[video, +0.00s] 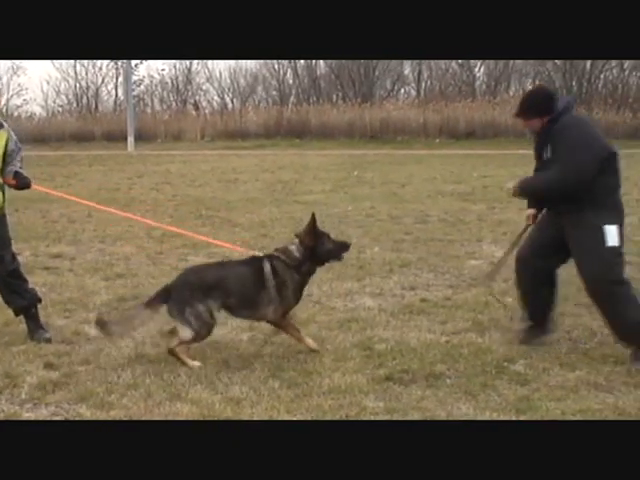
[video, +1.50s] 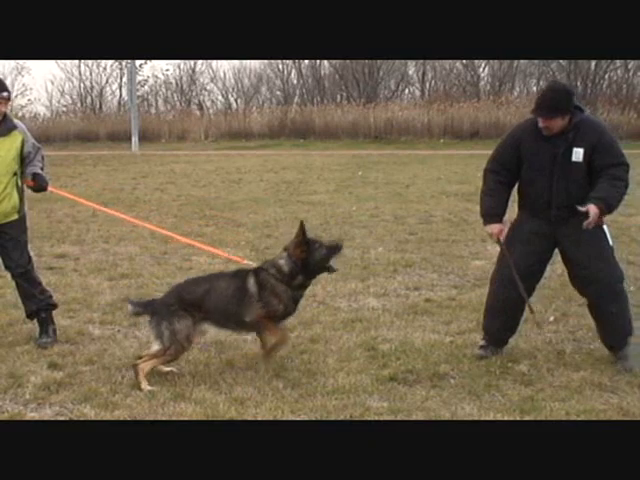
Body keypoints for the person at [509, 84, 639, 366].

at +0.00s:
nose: (526, 126)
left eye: (528, 121)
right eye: (525, 121)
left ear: (543, 117)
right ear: (541, 117)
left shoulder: (575, 132)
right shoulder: (549, 134)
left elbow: (570, 178)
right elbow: (546, 171)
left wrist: (527, 186)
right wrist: (536, 205)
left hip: (594, 217)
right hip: (561, 215)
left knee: (604, 281)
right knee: (530, 260)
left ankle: (636, 340)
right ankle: (538, 324)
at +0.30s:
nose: (505, 139)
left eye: (506, 133)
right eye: (503, 135)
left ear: (521, 124)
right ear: (520, 125)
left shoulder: (557, 139)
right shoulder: (533, 144)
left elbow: (564, 189)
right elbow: (542, 187)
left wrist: (529, 220)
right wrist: (532, 219)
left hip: (587, 221)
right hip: (555, 222)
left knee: (598, 285)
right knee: (529, 271)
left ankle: (634, 349)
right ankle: (523, 332)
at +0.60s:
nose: (542, 134)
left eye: (547, 129)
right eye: (539, 129)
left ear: (567, 122)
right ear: (536, 125)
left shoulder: (599, 140)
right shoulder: (533, 143)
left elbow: (613, 184)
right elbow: (520, 176)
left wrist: (573, 212)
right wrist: (514, 215)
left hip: (596, 223)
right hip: (553, 220)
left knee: (613, 285)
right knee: (521, 269)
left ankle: (634, 354)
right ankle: (506, 333)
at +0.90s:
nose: (541, 143)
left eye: (546, 137)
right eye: (538, 137)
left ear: (563, 128)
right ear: (532, 129)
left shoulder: (593, 133)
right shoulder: (526, 139)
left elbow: (611, 173)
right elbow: (509, 172)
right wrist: (511, 213)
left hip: (593, 221)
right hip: (548, 221)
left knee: (612, 281)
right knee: (519, 274)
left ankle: (632, 349)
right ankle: (503, 339)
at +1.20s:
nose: (570, 126)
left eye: (577, 122)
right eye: (568, 119)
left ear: (594, 121)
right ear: (564, 113)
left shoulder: (618, 143)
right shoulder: (546, 132)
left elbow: (634, 184)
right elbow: (518, 163)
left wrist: (622, 215)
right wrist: (507, 205)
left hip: (594, 226)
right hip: (547, 220)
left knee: (612, 287)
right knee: (516, 272)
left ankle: (632, 352)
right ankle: (495, 334)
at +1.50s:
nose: (542, 123)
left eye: (549, 119)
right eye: (540, 117)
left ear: (567, 116)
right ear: (536, 113)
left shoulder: (592, 134)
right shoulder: (523, 135)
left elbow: (617, 171)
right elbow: (497, 172)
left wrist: (600, 204)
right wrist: (493, 217)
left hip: (580, 225)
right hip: (532, 224)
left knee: (604, 284)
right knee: (508, 280)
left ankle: (620, 345)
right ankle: (493, 341)